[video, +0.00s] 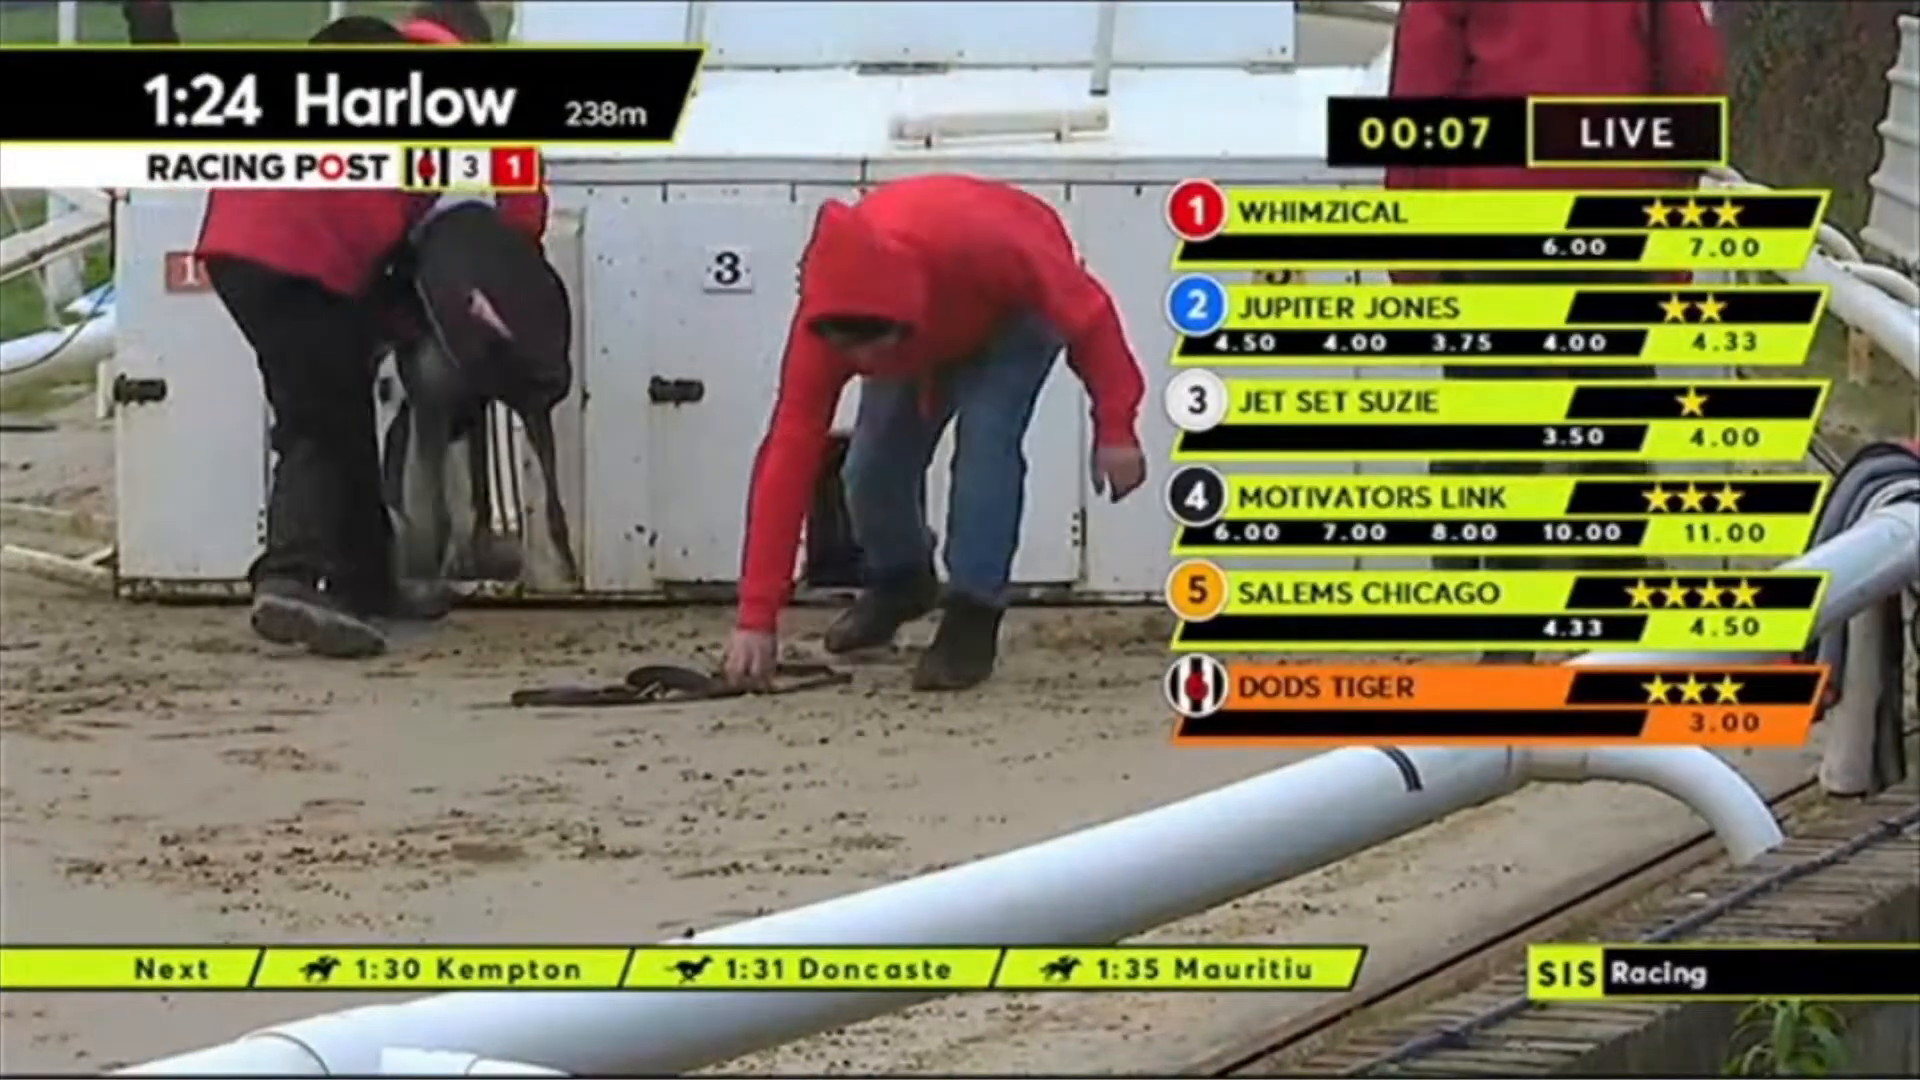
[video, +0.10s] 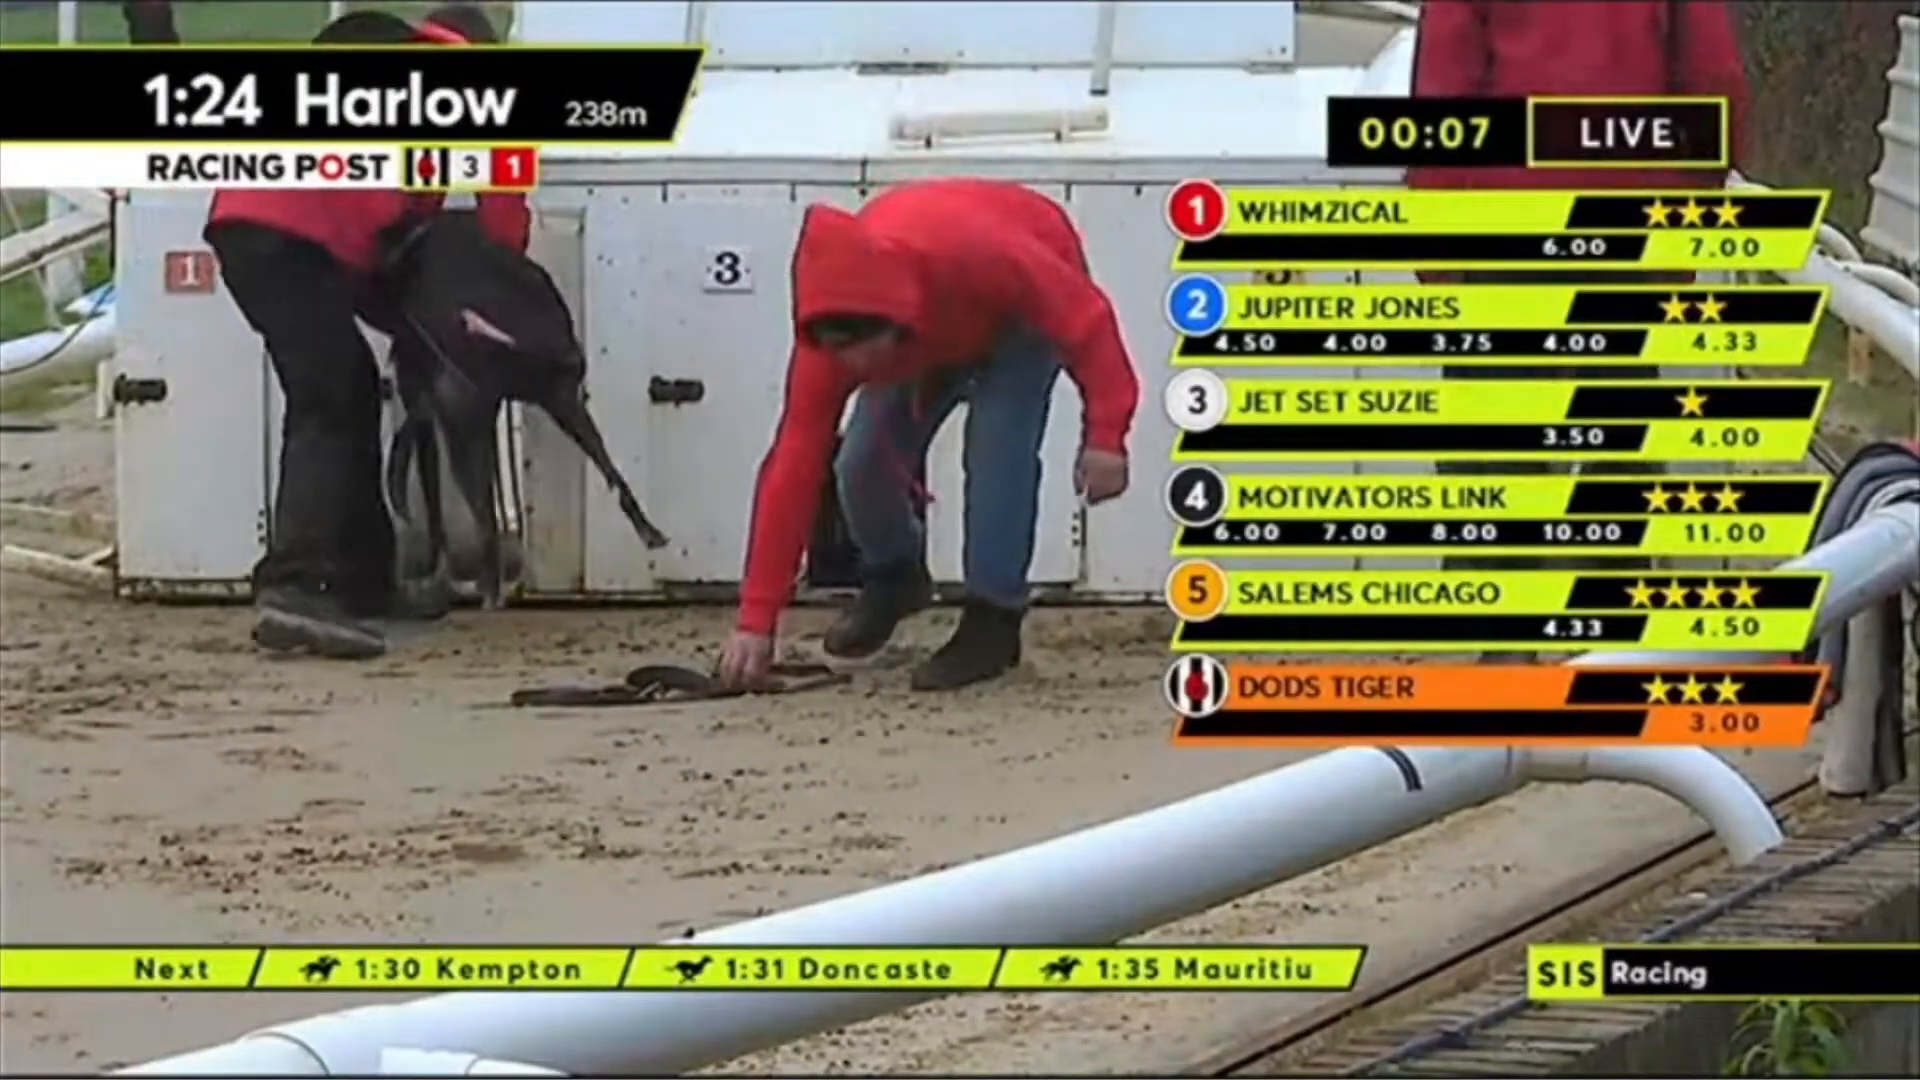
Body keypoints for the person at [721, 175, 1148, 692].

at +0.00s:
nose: (862, 364)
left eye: (876, 344)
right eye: (845, 346)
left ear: (907, 315)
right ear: (824, 318)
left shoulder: (996, 249)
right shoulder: (827, 312)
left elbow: (1093, 318)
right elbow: (791, 451)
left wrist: (1116, 430)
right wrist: (757, 617)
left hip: (1015, 313)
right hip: (918, 330)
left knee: (986, 440)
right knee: (872, 470)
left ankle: (972, 615)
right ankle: (901, 580)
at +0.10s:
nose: (848, 368)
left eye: (857, 348)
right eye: (833, 350)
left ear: (894, 322)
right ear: (818, 329)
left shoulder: (990, 260)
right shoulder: (826, 331)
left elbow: (1091, 323)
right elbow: (795, 465)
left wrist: (1105, 438)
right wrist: (756, 622)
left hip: (1021, 317)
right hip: (923, 333)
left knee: (998, 449)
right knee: (862, 463)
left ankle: (992, 622)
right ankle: (895, 579)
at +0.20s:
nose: (857, 379)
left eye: (865, 362)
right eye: (843, 365)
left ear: (896, 326)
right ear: (823, 343)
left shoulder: (990, 263)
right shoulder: (827, 335)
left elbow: (1094, 316)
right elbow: (795, 469)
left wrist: (1111, 429)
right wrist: (756, 621)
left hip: (1025, 312)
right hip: (928, 329)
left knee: (997, 450)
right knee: (866, 461)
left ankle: (991, 625)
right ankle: (897, 599)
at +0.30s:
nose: (869, 350)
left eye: (880, 332)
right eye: (852, 337)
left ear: (908, 294)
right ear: (829, 308)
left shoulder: (992, 242)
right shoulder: (822, 302)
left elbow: (1096, 294)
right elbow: (797, 426)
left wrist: (1110, 412)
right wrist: (757, 567)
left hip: (1023, 307)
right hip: (923, 320)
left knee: (993, 443)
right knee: (879, 463)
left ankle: (990, 623)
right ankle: (912, 592)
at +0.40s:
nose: (875, 279)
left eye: (886, 262)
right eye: (858, 266)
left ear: (918, 238)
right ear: (837, 254)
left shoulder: (997, 208)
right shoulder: (821, 262)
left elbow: (1092, 271)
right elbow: (800, 366)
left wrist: (1076, 396)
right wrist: (766, 476)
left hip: (1019, 300)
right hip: (912, 313)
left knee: (994, 443)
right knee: (875, 449)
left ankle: (988, 623)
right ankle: (905, 571)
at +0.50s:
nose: (905, 196)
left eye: (917, 181)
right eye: (890, 188)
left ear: (939, 142)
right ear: (861, 159)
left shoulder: (1003, 151)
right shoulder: (829, 176)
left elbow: (1054, 273)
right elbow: (802, 267)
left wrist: (976, 360)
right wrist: (799, 320)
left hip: (1011, 288)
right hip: (907, 290)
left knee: (1001, 448)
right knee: (881, 443)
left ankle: (985, 619)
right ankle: (907, 564)